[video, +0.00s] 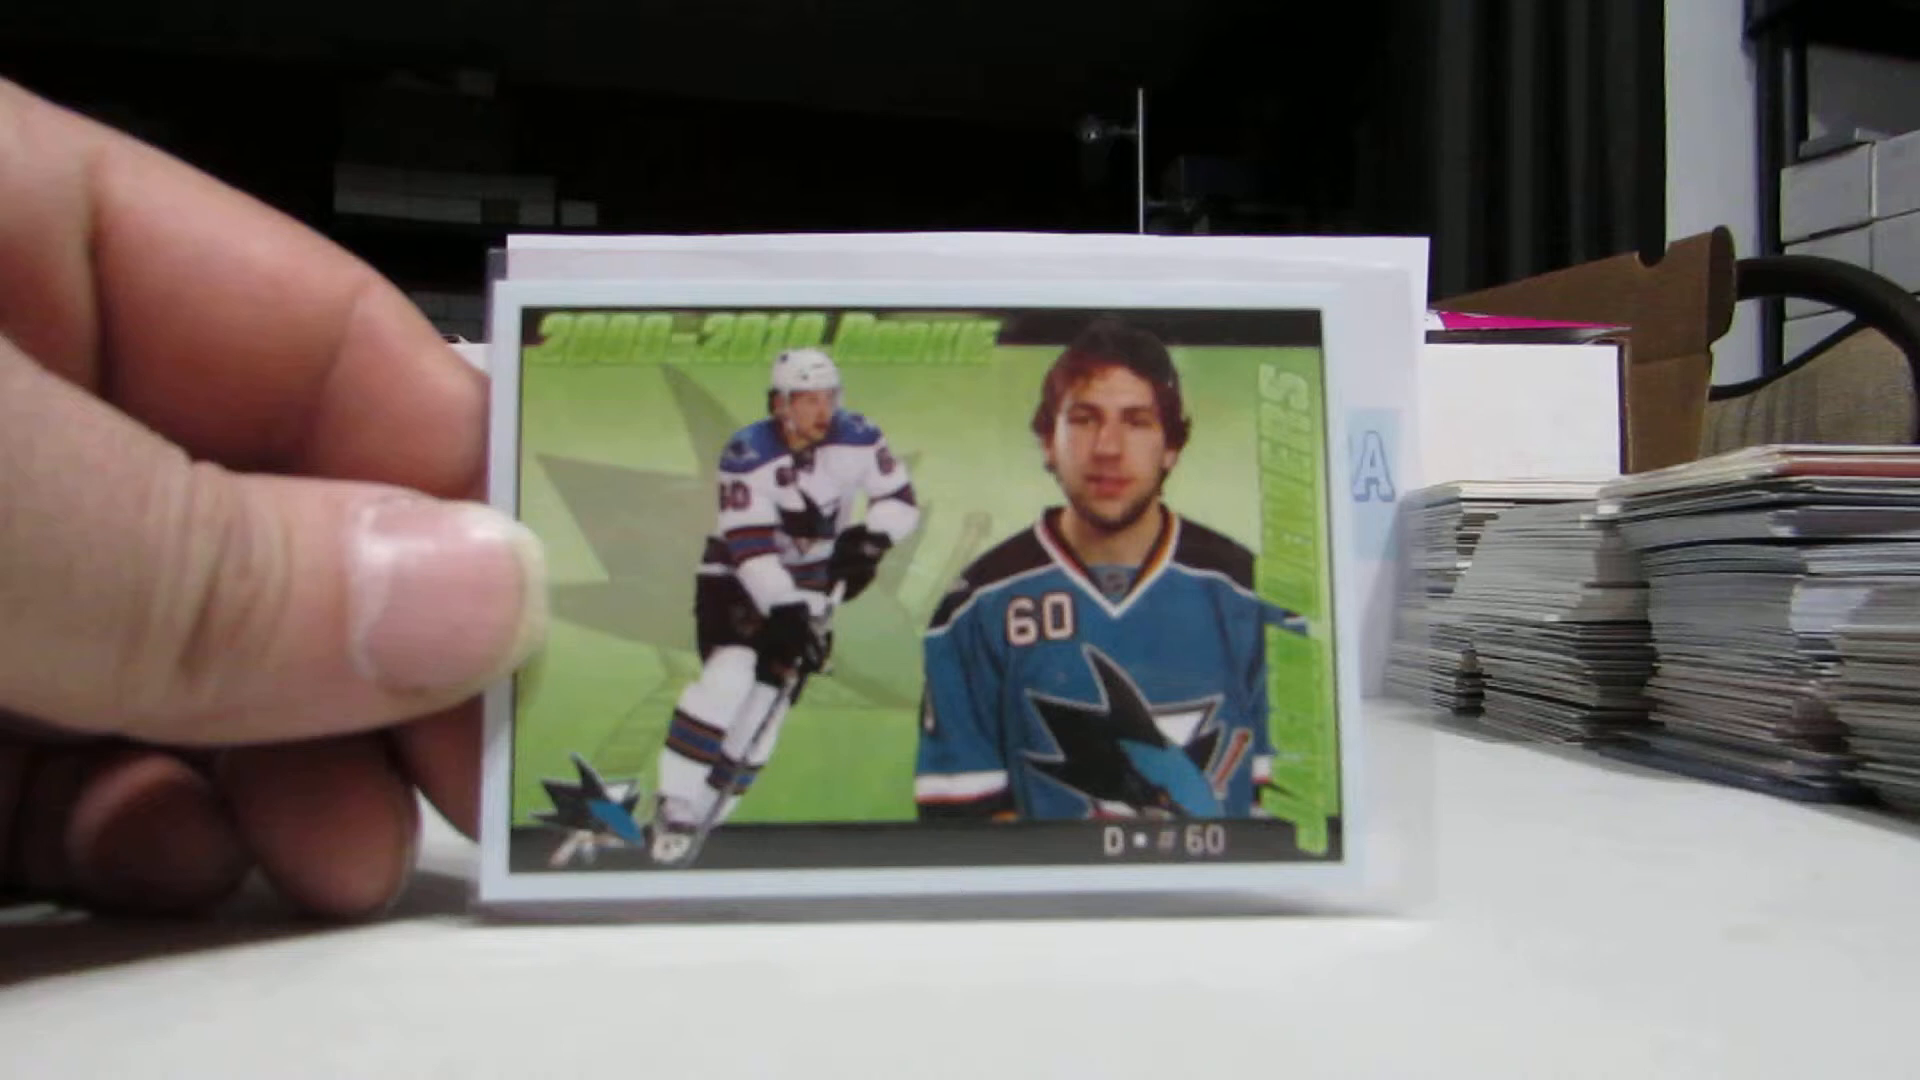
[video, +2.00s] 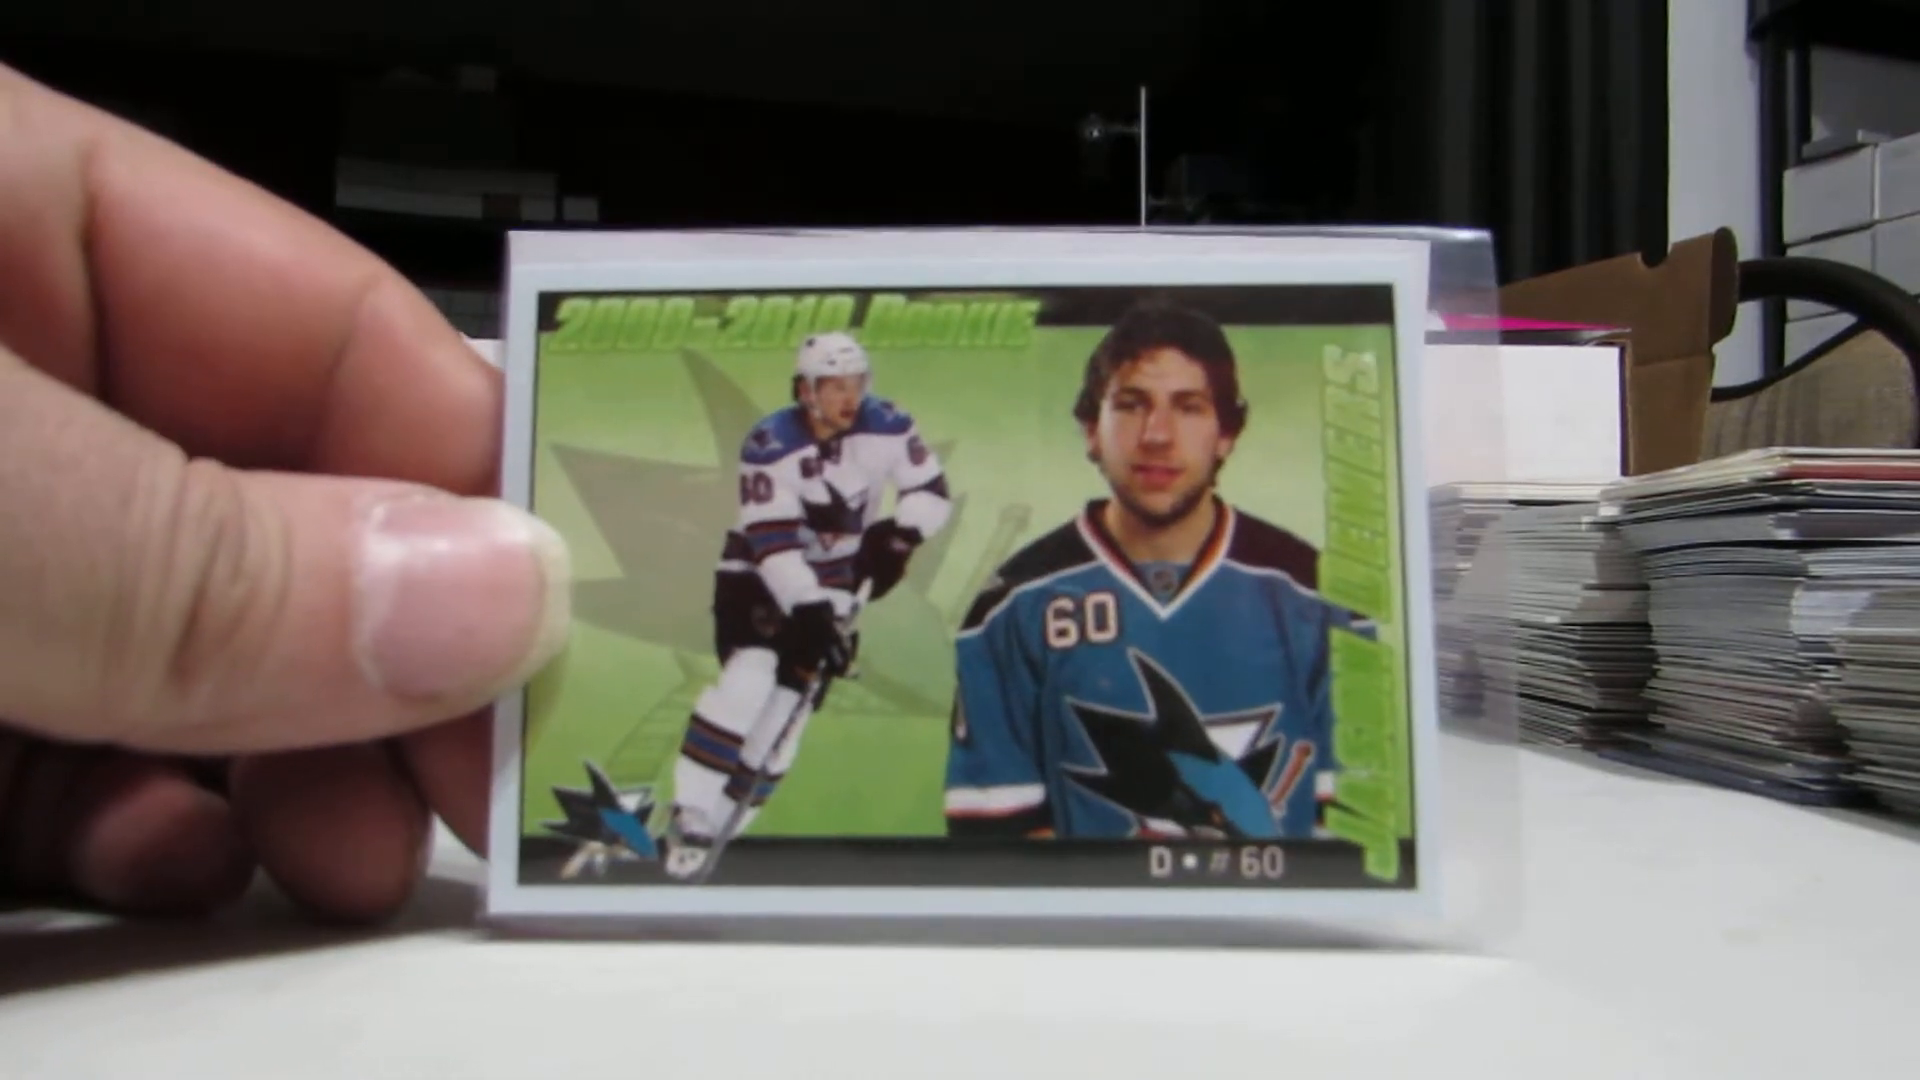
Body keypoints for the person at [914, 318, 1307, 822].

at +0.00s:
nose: (1108, 446)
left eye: (1135, 421)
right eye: (1084, 419)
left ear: (1170, 447)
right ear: (1048, 441)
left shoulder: (1247, 586)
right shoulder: (981, 603)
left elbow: (1286, 796)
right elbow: (962, 821)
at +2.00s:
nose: (1157, 433)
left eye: (1187, 407)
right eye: (1131, 405)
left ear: (1225, 435)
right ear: (1092, 432)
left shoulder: (1315, 590)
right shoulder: (1017, 604)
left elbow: (1356, 823)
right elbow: (998, 839)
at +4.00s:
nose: (1175, 408)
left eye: (1210, 377)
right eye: (1145, 374)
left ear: (1254, 410)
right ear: (1101, 404)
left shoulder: (1350, 586)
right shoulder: (1014, 603)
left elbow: (1394, 850)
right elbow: (990, 874)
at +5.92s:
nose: (1175, 409)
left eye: (1211, 379)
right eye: (1146, 375)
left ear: (1253, 412)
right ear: (1101, 406)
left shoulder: (1350, 587)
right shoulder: (1013, 603)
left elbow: (1395, 854)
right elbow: (988, 874)